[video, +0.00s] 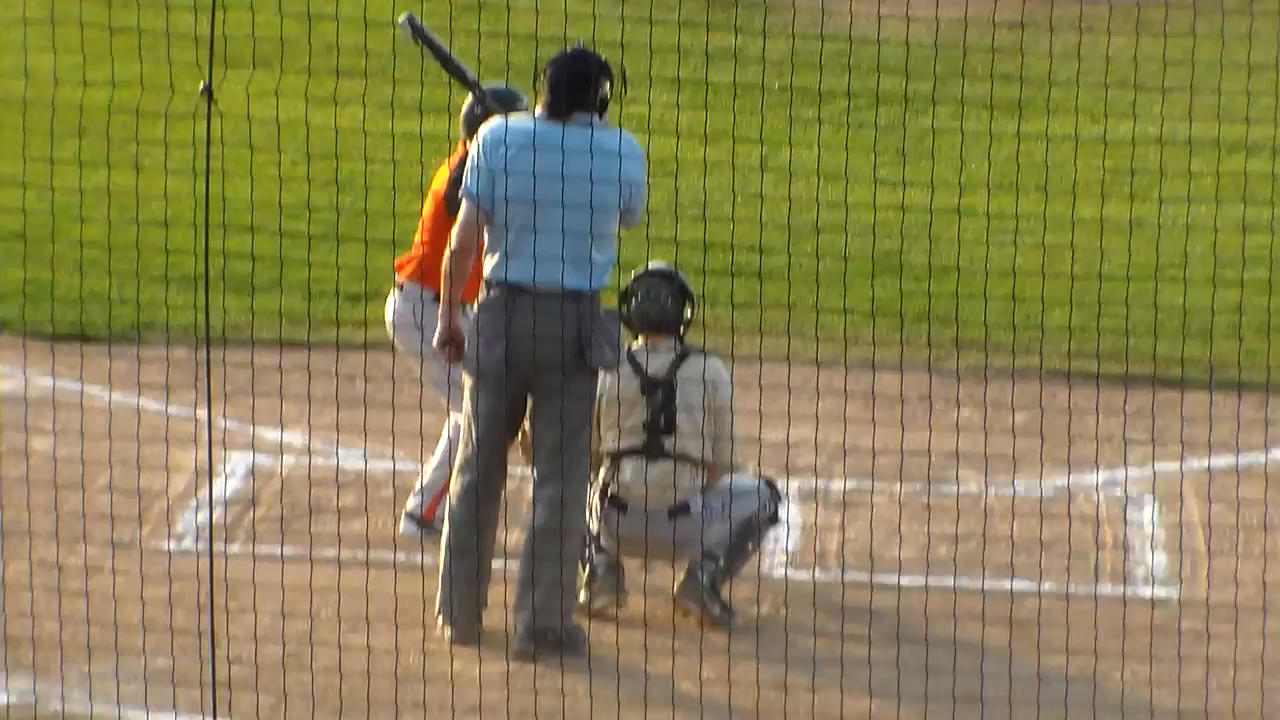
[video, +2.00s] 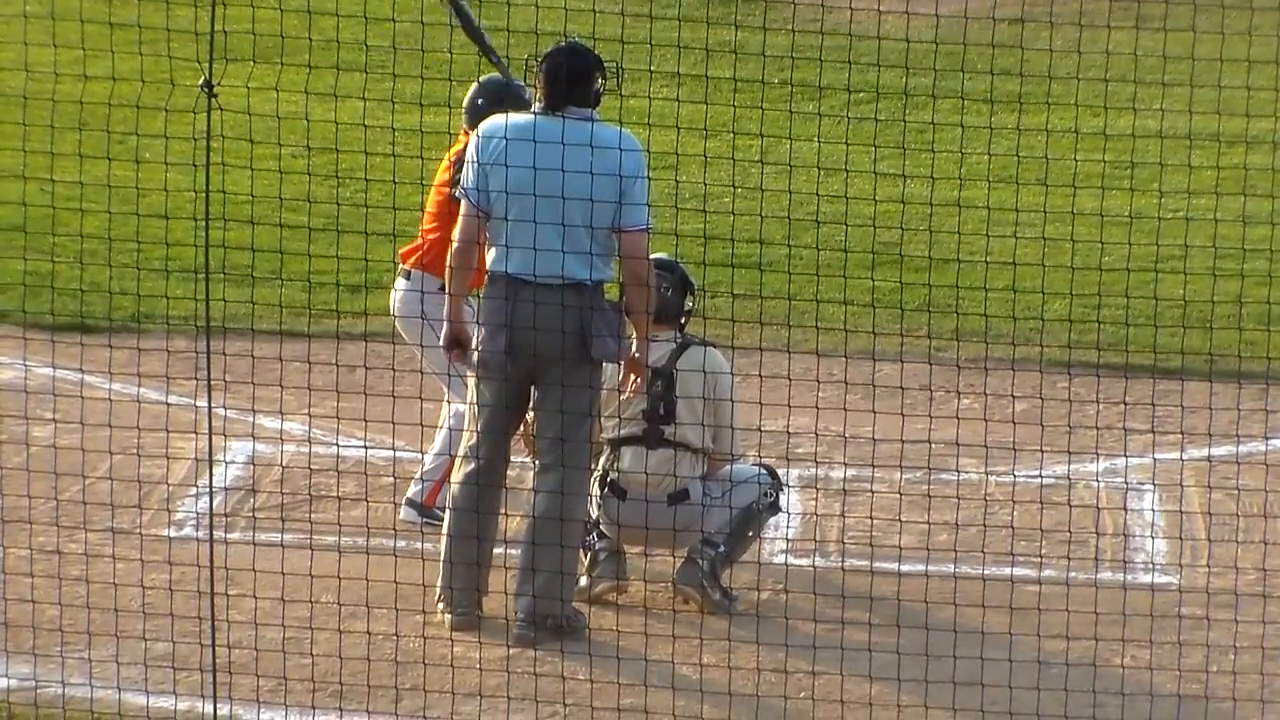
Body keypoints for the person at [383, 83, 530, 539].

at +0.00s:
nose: (520, 138)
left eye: (520, 130)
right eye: (515, 129)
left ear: (473, 126)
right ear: (495, 129)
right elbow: (459, 247)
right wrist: (455, 314)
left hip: (441, 301)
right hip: (423, 301)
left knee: (478, 402)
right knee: (480, 402)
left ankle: (430, 506)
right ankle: (426, 508)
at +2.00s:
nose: (523, 128)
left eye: (523, 120)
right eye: (519, 119)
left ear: (475, 115)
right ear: (501, 118)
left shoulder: (467, 152)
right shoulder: (476, 156)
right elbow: (470, 237)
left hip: (420, 292)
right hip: (431, 295)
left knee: (472, 392)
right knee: (480, 392)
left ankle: (430, 493)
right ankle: (427, 495)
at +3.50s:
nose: (529, 122)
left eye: (529, 116)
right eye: (525, 115)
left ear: (484, 116)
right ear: (513, 120)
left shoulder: (506, 155)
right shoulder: (472, 158)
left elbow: (538, 185)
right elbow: (503, 199)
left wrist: (564, 168)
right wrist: (539, 164)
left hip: (463, 284)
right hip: (425, 283)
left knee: (476, 368)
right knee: (445, 382)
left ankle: (466, 460)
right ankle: (434, 492)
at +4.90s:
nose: (529, 162)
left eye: (527, 154)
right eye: (526, 155)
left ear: (482, 155)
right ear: (521, 162)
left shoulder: (505, 198)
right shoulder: (474, 199)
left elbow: (532, 233)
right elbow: (498, 252)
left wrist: (561, 227)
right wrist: (548, 228)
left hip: (447, 320)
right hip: (413, 320)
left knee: (486, 396)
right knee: (468, 408)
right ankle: (436, 509)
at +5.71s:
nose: (514, 131)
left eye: (514, 123)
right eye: (507, 124)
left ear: (481, 127)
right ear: (487, 127)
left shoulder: (489, 161)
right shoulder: (445, 175)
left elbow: (486, 212)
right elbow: (430, 249)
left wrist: (512, 230)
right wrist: (484, 231)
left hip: (454, 286)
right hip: (415, 289)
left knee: (462, 388)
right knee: (445, 397)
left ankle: (410, 465)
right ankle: (434, 504)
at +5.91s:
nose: (486, 108)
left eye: (485, 99)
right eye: (479, 100)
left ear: (452, 103)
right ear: (456, 103)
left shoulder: (455, 139)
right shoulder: (422, 150)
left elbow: (457, 196)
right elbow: (412, 229)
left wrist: (492, 197)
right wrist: (467, 206)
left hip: (429, 275)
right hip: (402, 279)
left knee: (442, 374)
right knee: (449, 381)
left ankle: (372, 455)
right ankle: (428, 503)